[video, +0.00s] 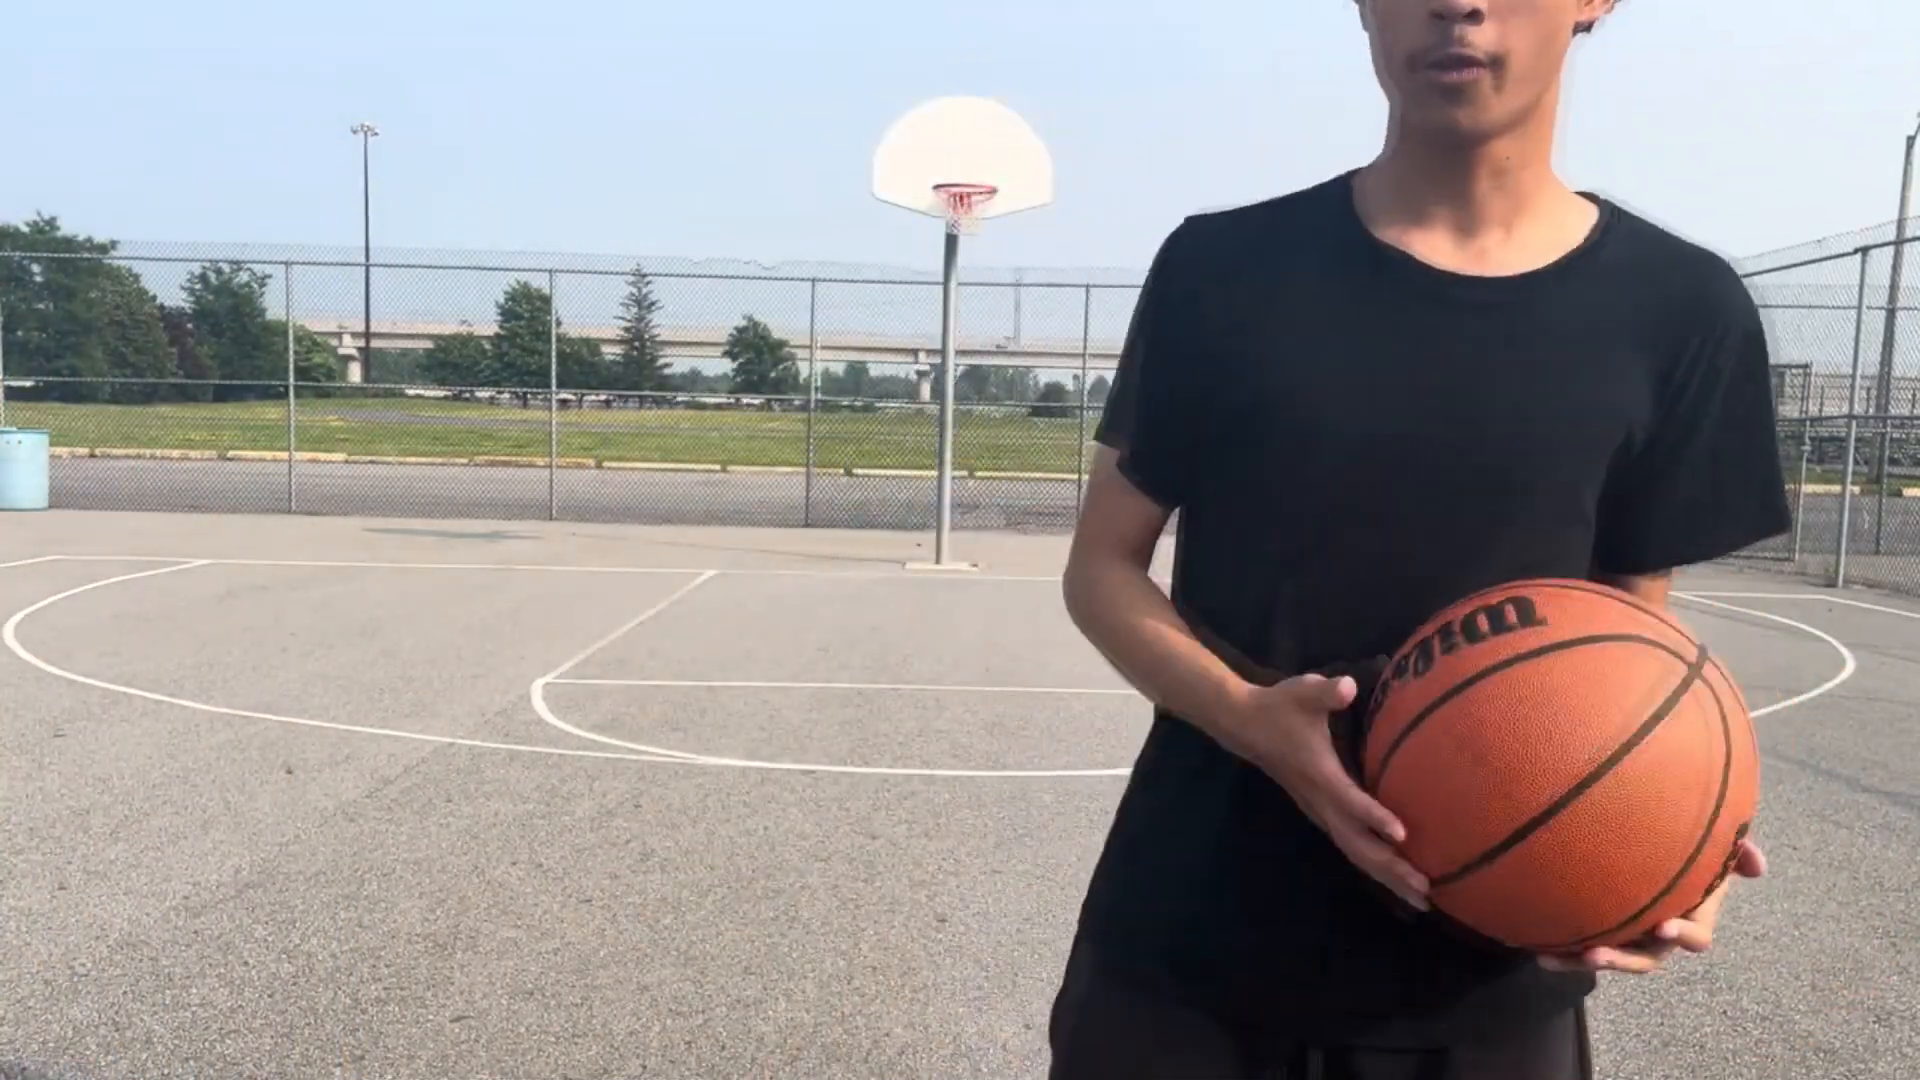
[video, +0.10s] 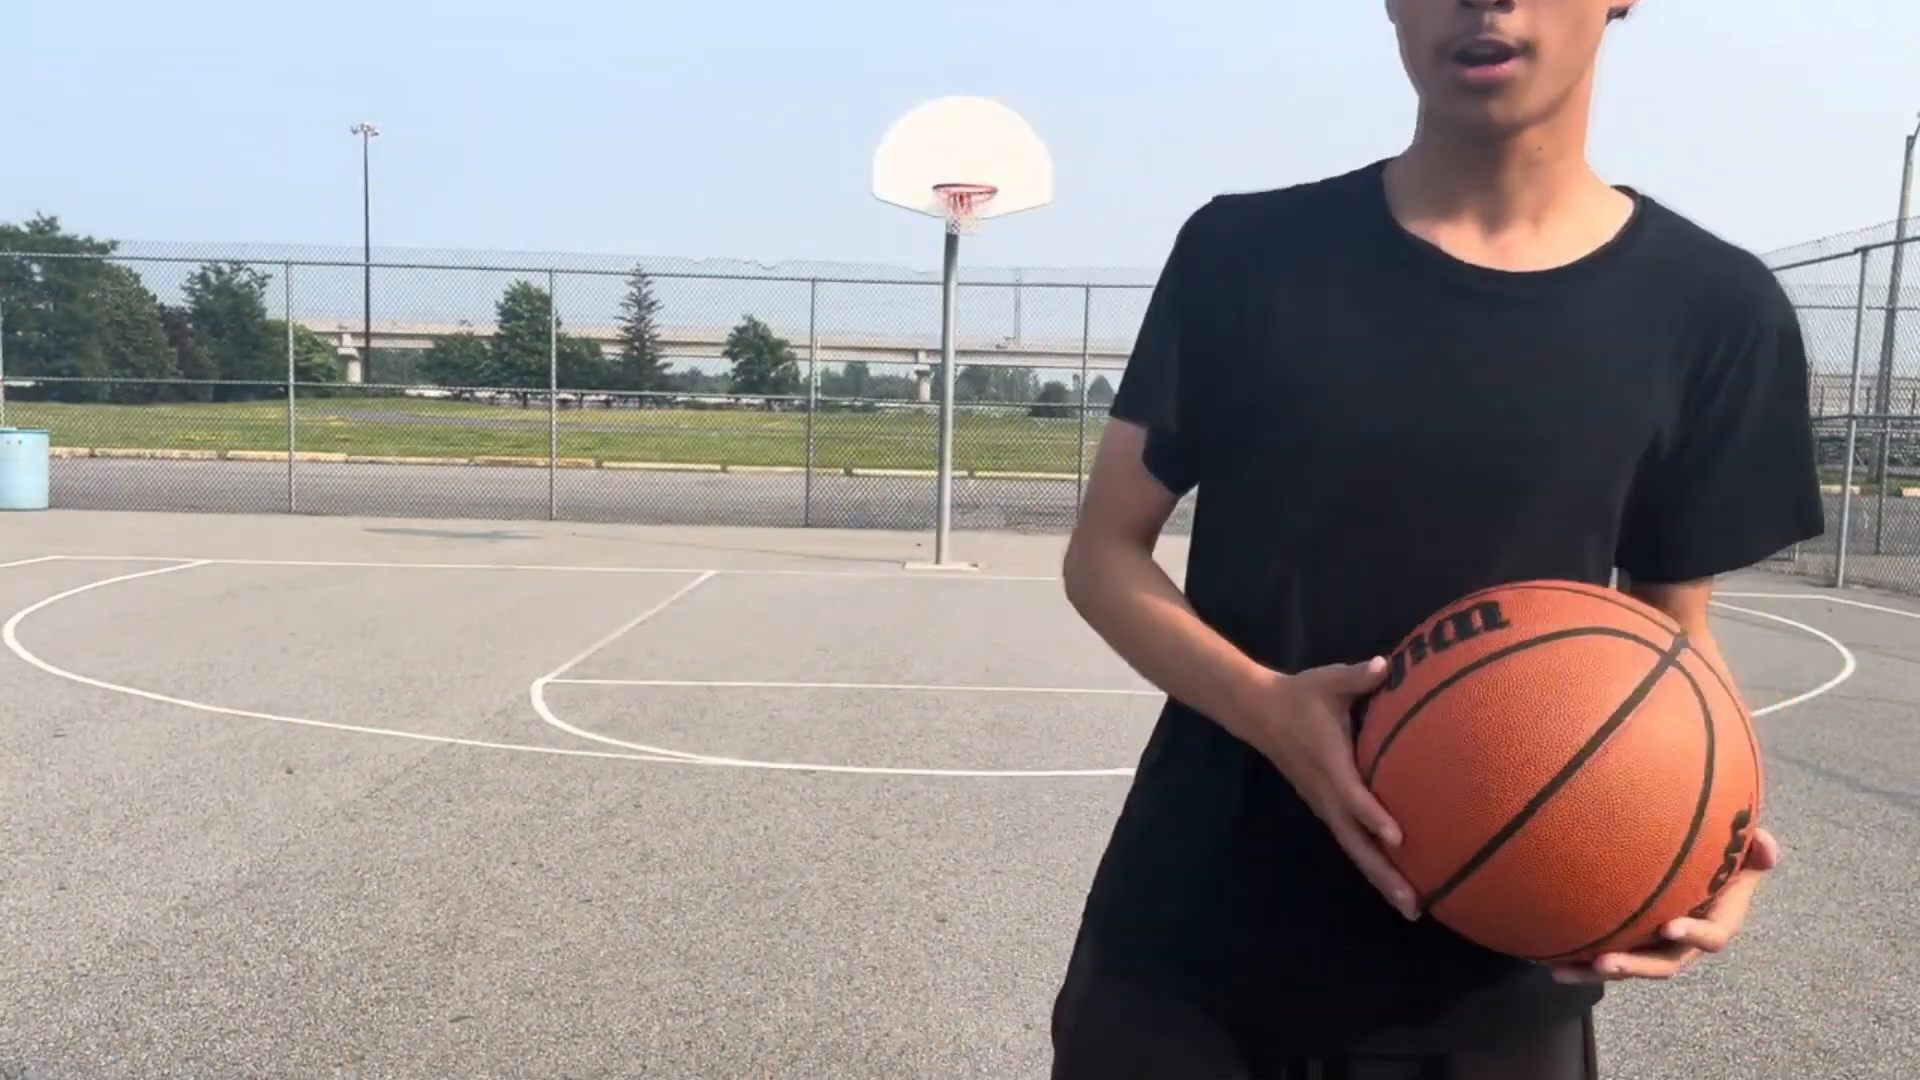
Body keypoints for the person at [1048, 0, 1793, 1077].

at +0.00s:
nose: (1454, 2)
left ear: (1587, 5)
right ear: (1366, 12)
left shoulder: (1682, 308)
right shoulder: (1218, 269)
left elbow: (1635, 617)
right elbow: (1100, 567)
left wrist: (1659, 828)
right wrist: (1242, 713)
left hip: (1489, 995)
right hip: (1188, 965)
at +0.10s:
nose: (1483, 1)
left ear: (1612, 2)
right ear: (1393, 7)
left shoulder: (1716, 310)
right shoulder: (1240, 253)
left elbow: (1674, 619)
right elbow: (1102, 555)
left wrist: (1709, 816)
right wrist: (1259, 705)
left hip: (1493, 995)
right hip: (1189, 961)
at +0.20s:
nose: (1500, 5)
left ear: (1626, 12)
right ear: (1405, 15)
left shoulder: (1735, 309)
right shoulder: (1247, 245)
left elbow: (1714, 639)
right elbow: (1094, 547)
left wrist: (1764, 846)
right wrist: (1276, 703)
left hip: (1494, 1008)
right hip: (1185, 969)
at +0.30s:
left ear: (1626, 5)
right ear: (1403, 6)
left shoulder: (1739, 300)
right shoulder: (1236, 245)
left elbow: (1738, 631)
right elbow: (1086, 552)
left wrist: (1805, 871)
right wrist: (1285, 716)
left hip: (1493, 1014)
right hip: (1179, 983)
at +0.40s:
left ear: (1599, 6)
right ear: (1376, 1)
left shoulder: (1722, 292)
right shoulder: (1208, 251)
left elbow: (1711, 646)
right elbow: (1058, 569)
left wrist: (1777, 899)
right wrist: (1285, 732)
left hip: (1491, 1025)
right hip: (1171, 1003)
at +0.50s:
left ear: (1545, 2)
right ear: (1321, 2)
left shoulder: (1676, 281)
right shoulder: (1171, 265)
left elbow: (1646, 635)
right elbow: (1027, 599)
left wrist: (1717, 892)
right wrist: (1282, 752)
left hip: (1485, 1029)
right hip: (1166, 1011)